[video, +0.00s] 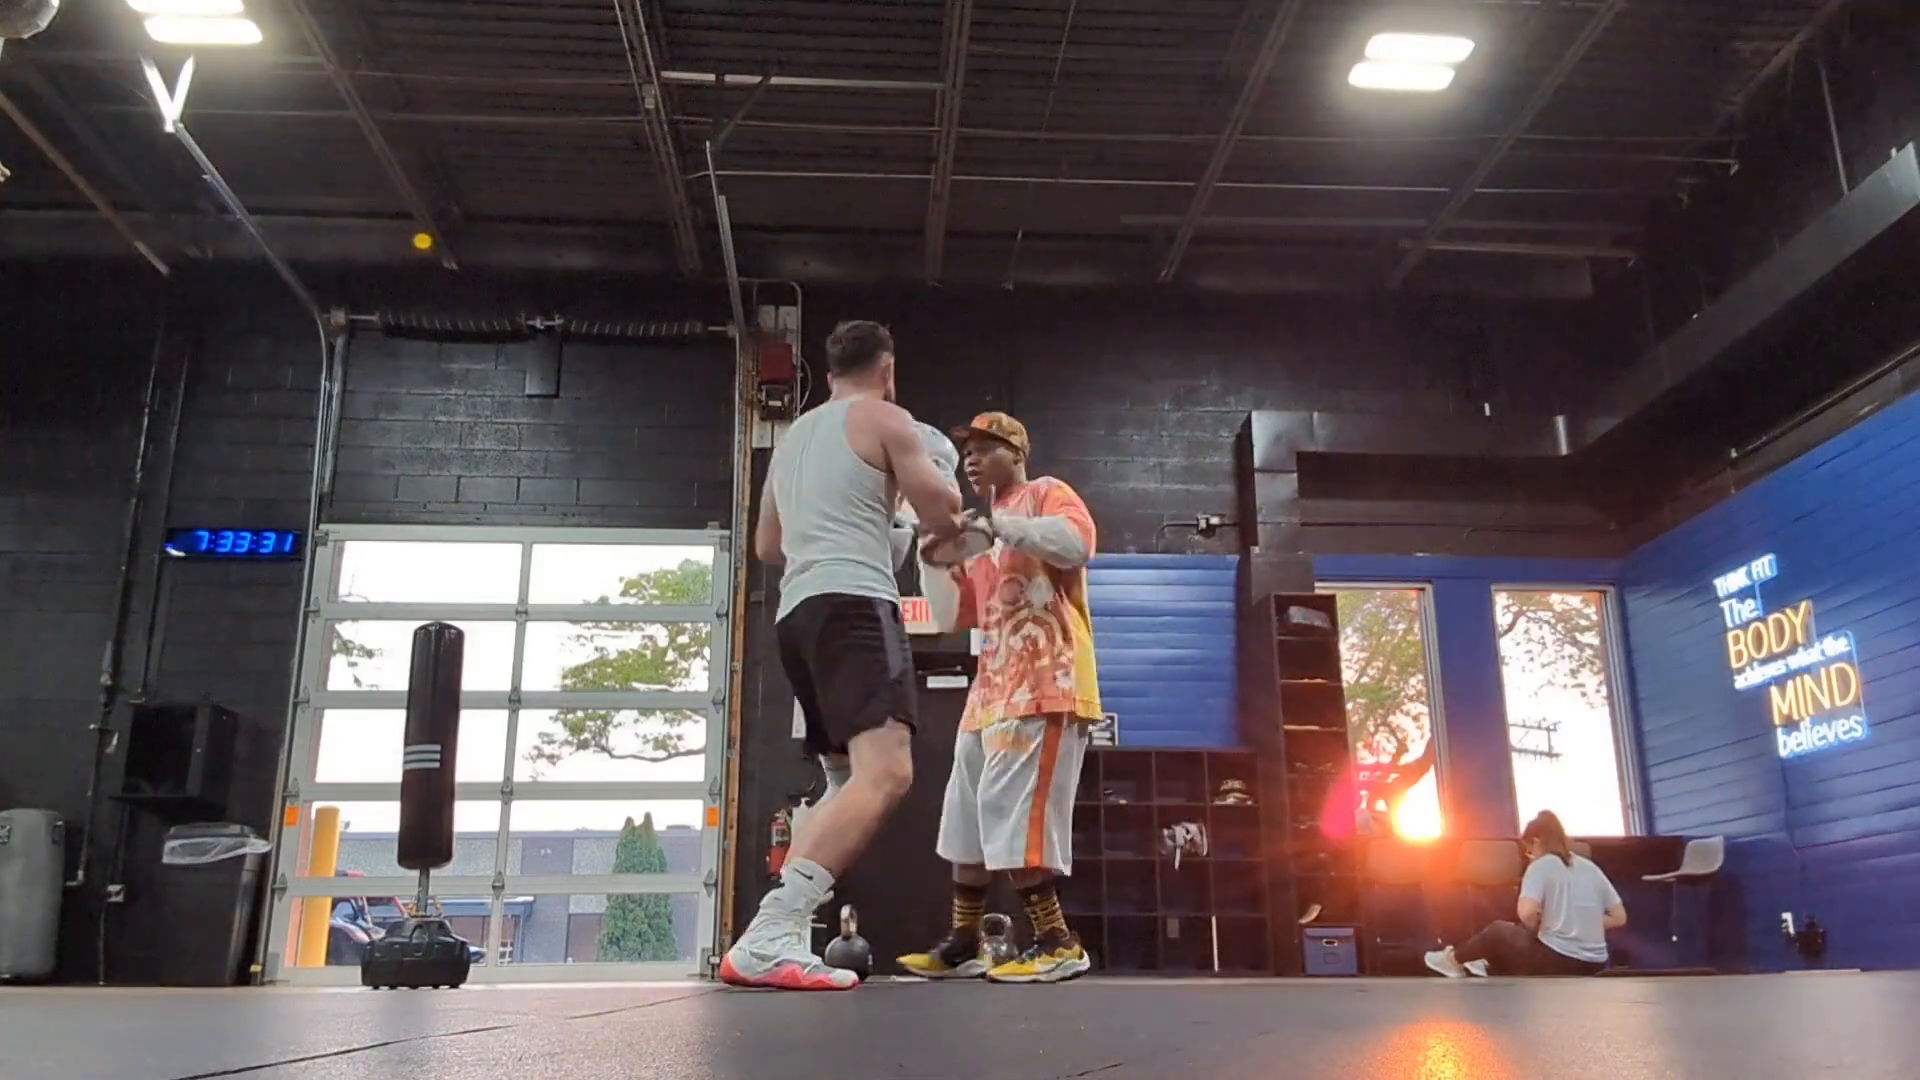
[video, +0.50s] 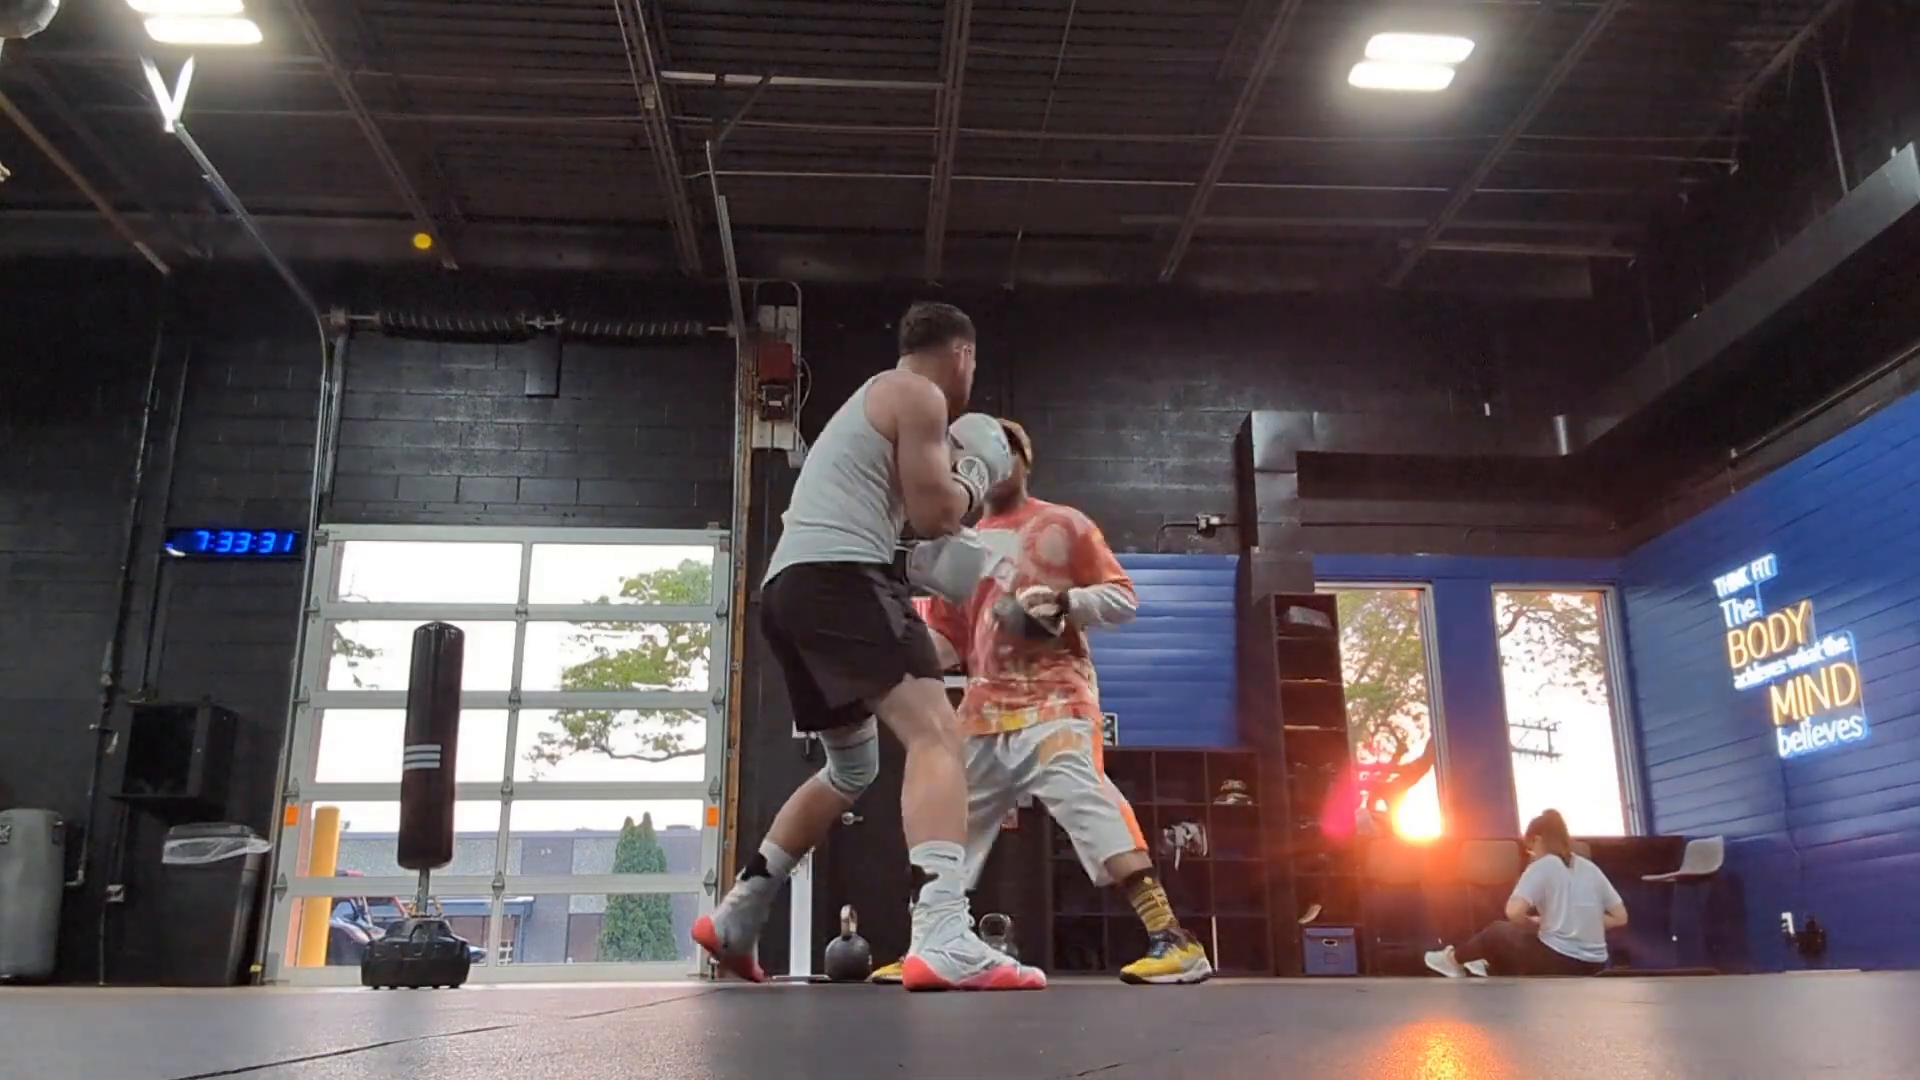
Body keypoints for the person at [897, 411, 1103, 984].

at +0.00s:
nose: (972, 460)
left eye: (982, 449)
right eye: (967, 453)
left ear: (1015, 451)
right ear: (967, 465)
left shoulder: (1048, 493)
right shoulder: (980, 528)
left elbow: (1073, 544)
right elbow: (953, 616)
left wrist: (994, 523)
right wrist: (937, 549)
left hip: (1044, 682)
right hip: (993, 685)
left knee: (1011, 807)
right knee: (965, 806)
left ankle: (1057, 942)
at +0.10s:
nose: (965, 475)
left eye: (976, 464)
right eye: (957, 467)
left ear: (1002, 471)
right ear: (947, 480)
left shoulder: (1032, 513)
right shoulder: (947, 550)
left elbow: (1025, 559)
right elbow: (931, 633)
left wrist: (947, 568)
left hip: (1036, 688)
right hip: (975, 700)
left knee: (990, 787)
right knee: (936, 810)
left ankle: (1049, 928)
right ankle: (933, 949)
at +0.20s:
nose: (951, 483)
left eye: (960, 472)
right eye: (941, 475)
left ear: (982, 481)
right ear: (928, 489)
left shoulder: (1012, 520)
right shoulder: (922, 555)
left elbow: (1021, 578)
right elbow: (914, 628)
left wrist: (950, 619)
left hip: (1029, 680)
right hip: (961, 699)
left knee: (998, 770)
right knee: (924, 810)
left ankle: (1062, 928)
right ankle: (931, 944)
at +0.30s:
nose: (938, 494)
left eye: (948, 479)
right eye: (932, 484)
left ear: (969, 482)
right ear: (923, 496)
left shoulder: (1004, 529)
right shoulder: (936, 569)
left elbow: (1047, 596)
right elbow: (930, 635)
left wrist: (974, 639)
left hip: (1025, 678)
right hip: (968, 694)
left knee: (1018, 773)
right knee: (913, 805)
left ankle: (1111, 923)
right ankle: (935, 939)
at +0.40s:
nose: (957, 480)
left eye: (966, 469)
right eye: (948, 471)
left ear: (984, 479)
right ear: (933, 483)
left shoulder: (1020, 535)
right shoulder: (929, 550)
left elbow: (1082, 601)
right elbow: (922, 625)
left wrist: (1023, 635)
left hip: (1033, 709)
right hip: (965, 719)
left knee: (1048, 786)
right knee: (918, 813)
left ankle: (1145, 923)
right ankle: (934, 944)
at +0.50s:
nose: (988, 466)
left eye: (998, 453)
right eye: (978, 456)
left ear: (1022, 460)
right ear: (969, 469)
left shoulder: (1064, 525)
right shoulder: (957, 543)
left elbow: (1122, 598)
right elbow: (946, 646)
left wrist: (1062, 601)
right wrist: (888, 635)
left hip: (1058, 700)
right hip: (985, 707)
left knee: (1076, 790)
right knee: (953, 821)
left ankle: (1170, 938)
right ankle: (933, 945)